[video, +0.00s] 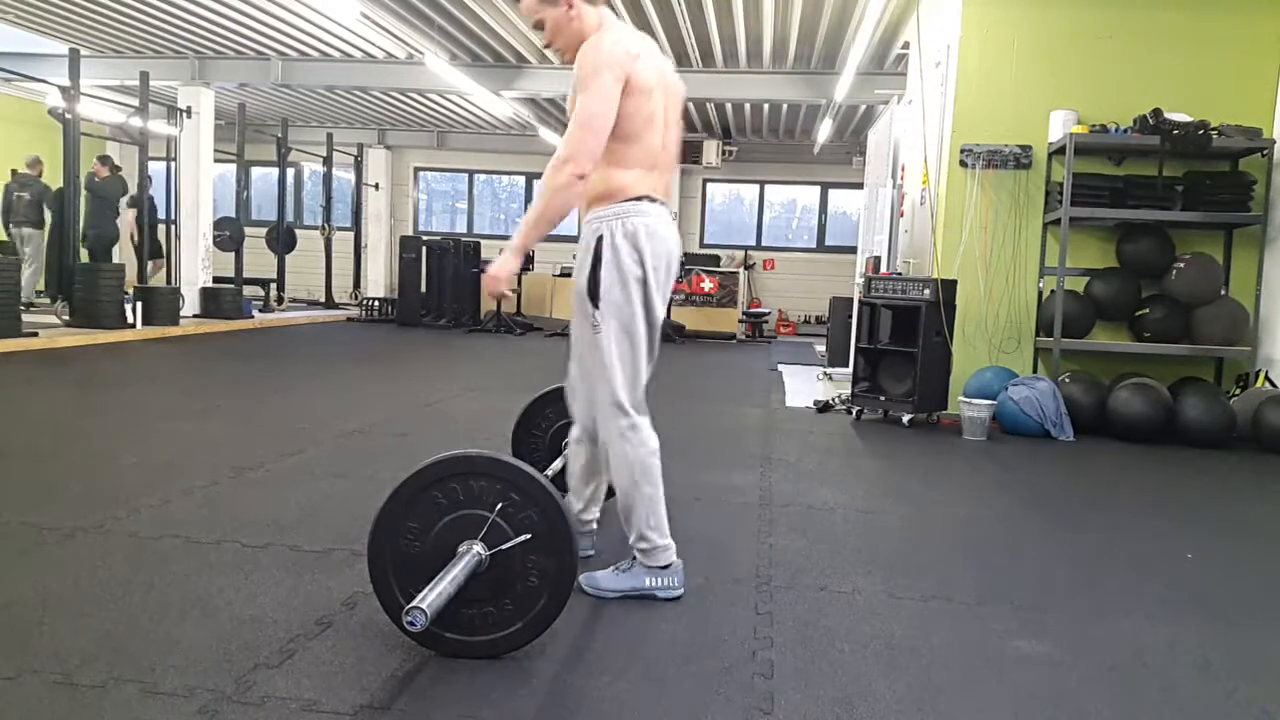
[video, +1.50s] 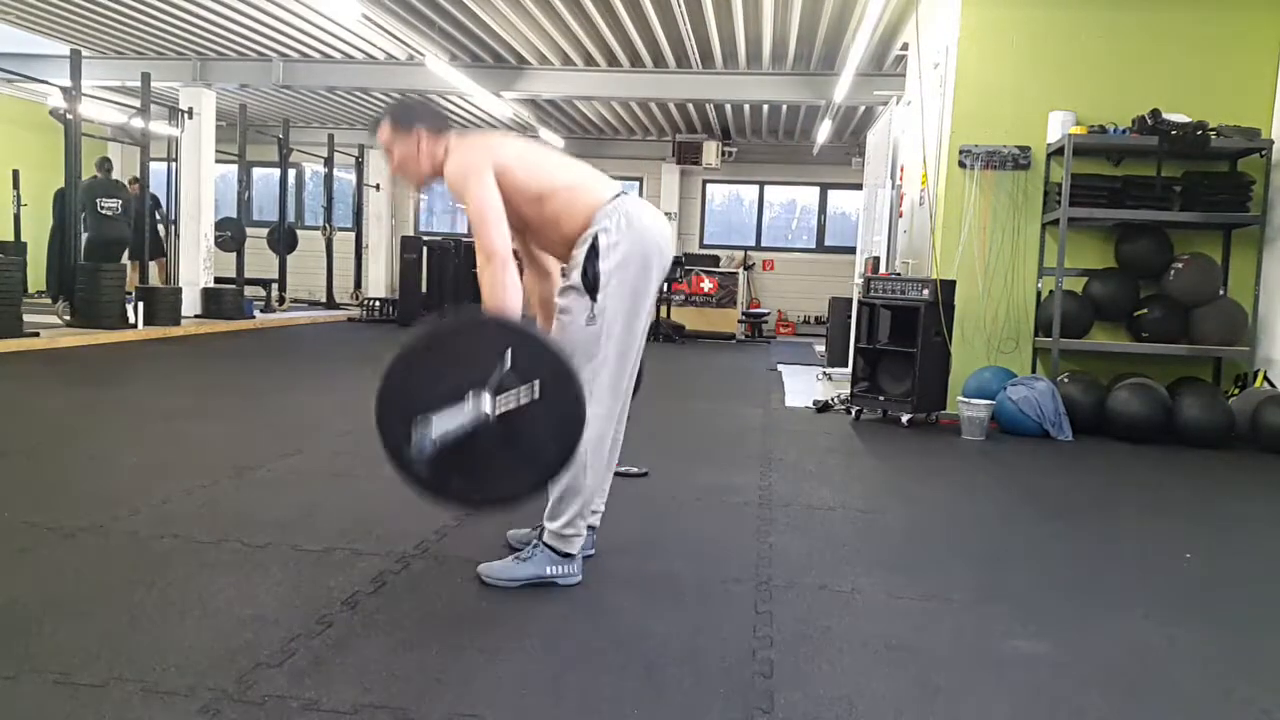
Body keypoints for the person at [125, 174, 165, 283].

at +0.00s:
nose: (145, 187)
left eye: (147, 185)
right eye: (143, 185)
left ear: (150, 185)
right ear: (139, 185)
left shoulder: (150, 199)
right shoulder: (135, 199)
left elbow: (153, 218)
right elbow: (131, 218)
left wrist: (154, 235)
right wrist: (134, 237)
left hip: (152, 234)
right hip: (140, 235)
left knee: (159, 263)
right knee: (142, 264)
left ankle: (145, 281)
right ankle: (140, 287)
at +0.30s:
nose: (146, 187)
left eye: (149, 184)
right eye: (144, 185)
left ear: (154, 185)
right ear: (141, 185)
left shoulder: (162, 199)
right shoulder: (136, 199)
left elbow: (171, 214)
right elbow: (129, 217)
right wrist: (141, 224)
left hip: (156, 234)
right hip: (141, 234)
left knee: (163, 264)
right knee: (142, 263)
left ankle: (164, 290)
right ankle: (142, 290)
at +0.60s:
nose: (148, 184)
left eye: (151, 182)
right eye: (147, 181)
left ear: (157, 185)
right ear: (144, 183)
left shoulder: (164, 199)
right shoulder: (140, 198)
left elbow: (179, 209)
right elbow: (127, 209)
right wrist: (117, 214)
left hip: (161, 236)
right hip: (145, 235)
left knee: (164, 265)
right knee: (141, 262)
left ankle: (165, 290)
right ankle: (140, 288)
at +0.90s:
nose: (136, 185)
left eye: (138, 182)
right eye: (135, 182)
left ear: (145, 183)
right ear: (135, 183)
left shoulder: (157, 198)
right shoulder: (133, 199)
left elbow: (168, 212)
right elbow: (136, 215)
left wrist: (167, 223)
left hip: (156, 234)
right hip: (139, 234)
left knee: (161, 263)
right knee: (137, 264)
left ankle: (164, 291)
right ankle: (137, 291)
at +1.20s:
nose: (130, 186)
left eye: (133, 183)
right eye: (128, 183)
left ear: (140, 183)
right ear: (126, 186)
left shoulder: (152, 198)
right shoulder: (127, 200)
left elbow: (163, 215)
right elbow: (123, 219)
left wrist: (169, 233)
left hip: (151, 234)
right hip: (134, 236)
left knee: (158, 264)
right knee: (134, 266)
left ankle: (164, 291)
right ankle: (131, 294)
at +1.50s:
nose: (134, 189)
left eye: (136, 186)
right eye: (131, 187)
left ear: (140, 186)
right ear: (129, 188)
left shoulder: (151, 198)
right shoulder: (128, 200)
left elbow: (162, 215)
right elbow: (124, 218)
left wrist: (167, 230)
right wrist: (126, 234)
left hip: (151, 232)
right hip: (135, 233)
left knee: (161, 261)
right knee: (134, 263)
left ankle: (165, 288)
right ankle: (131, 291)